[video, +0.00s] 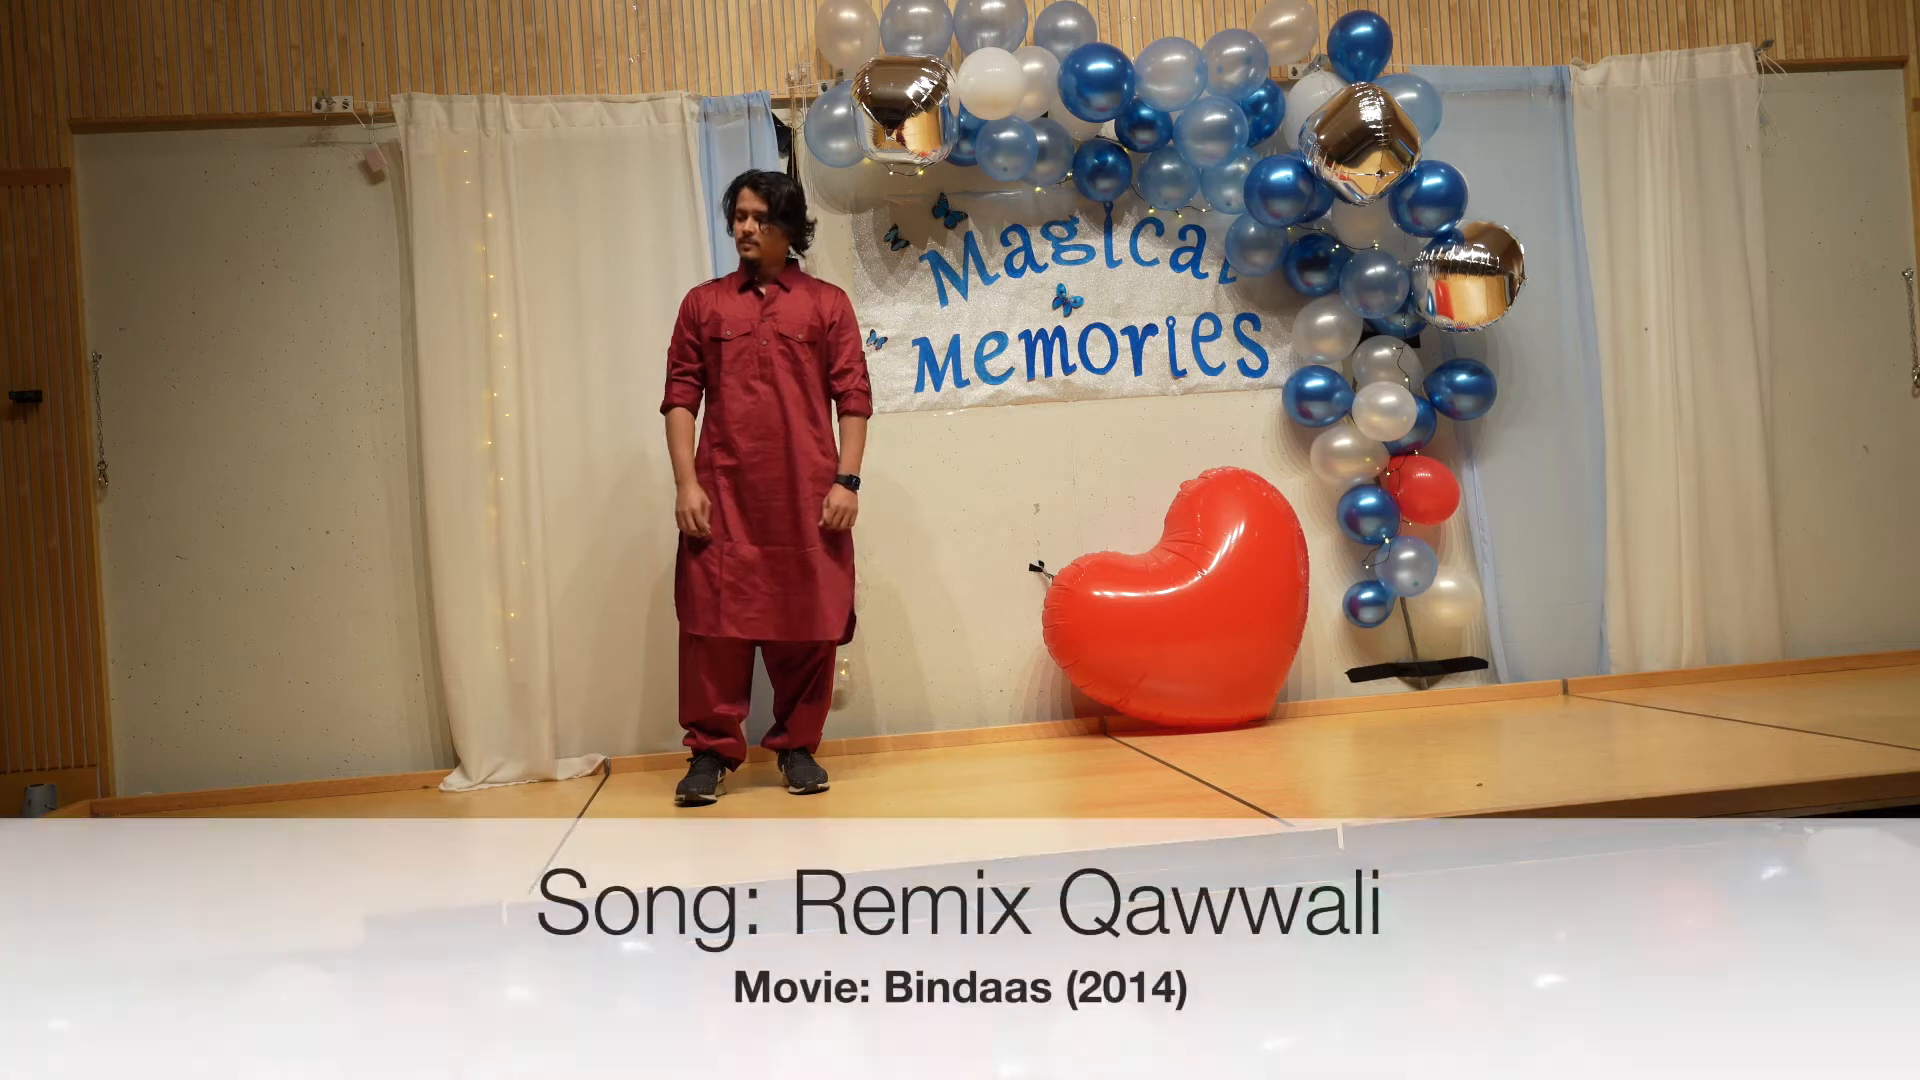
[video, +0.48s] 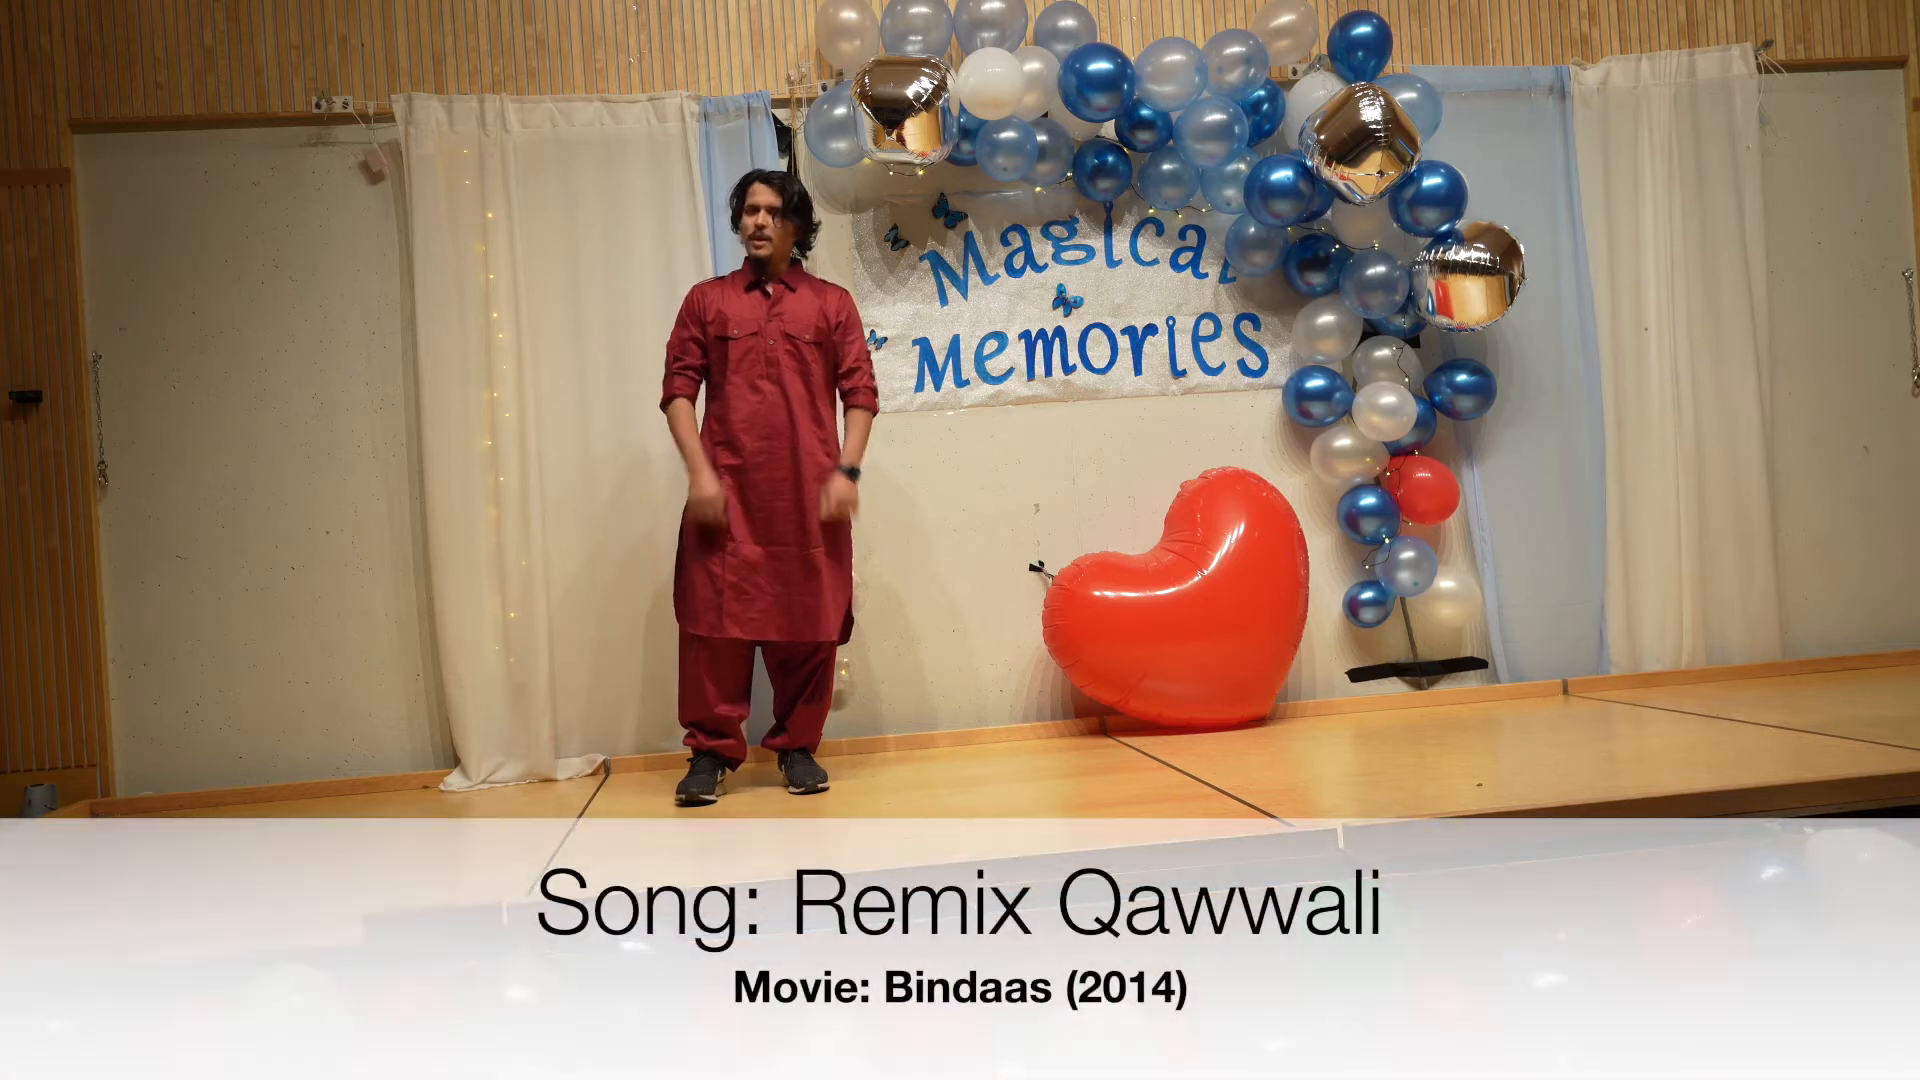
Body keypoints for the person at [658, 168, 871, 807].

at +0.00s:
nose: (745, 227)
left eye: (760, 217)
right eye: (739, 216)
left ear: (790, 227)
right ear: (730, 224)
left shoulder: (827, 303)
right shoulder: (703, 304)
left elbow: (854, 397)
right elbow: (679, 399)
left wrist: (848, 480)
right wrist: (686, 482)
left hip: (805, 493)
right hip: (723, 493)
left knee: (808, 628)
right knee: (713, 624)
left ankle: (799, 748)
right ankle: (710, 752)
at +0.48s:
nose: (758, 222)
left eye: (771, 213)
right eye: (749, 212)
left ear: (798, 225)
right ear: (738, 223)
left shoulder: (832, 302)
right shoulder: (706, 300)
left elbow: (860, 393)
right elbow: (678, 393)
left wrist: (848, 469)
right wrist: (700, 473)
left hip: (808, 490)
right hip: (725, 490)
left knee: (809, 626)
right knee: (713, 622)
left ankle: (799, 749)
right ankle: (709, 752)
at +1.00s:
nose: (757, 211)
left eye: (767, 203)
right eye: (745, 207)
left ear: (789, 221)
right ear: (731, 229)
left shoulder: (823, 291)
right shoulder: (720, 298)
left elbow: (868, 259)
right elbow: (682, 275)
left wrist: (829, 198)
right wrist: (717, 206)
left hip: (815, 478)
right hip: (734, 478)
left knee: (812, 623)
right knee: (717, 619)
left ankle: (800, 748)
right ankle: (711, 752)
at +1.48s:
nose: (761, 218)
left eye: (771, 210)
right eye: (747, 213)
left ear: (791, 230)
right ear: (732, 237)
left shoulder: (833, 301)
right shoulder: (716, 306)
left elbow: (907, 320)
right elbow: (661, 348)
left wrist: (932, 291)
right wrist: (667, 310)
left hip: (826, 488)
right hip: (740, 491)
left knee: (819, 627)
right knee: (735, 625)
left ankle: (801, 749)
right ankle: (727, 754)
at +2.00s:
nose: (769, 239)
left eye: (779, 227)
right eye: (756, 229)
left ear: (795, 229)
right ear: (733, 235)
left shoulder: (825, 290)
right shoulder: (713, 301)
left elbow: (871, 341)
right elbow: (711, 349)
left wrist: (837, 314)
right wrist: (779, 310)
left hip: (830, 465)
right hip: (752, 468)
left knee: (830, 599)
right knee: (778, 592)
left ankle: (800, 745)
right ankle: (820, 716)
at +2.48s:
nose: (785, 240)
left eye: (796, 228)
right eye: (772, 228)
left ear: (812, 223)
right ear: (748, 223)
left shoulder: (836, 280)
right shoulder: (720, 289)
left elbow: (888, 341)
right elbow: (719, 358)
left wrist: (854, 328)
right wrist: (792, 328)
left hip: (837, 478)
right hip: (759, 484)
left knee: (831, 615)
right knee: (778, 619)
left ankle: (806, 747)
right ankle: (813, 757)